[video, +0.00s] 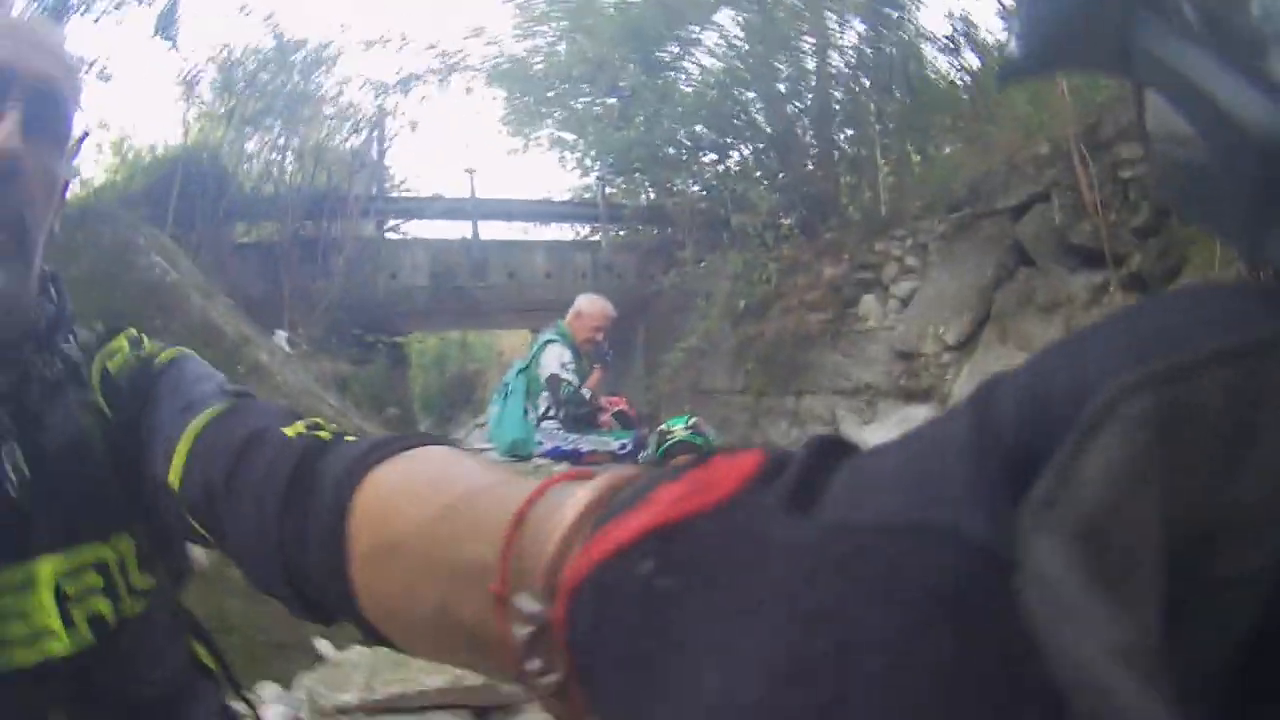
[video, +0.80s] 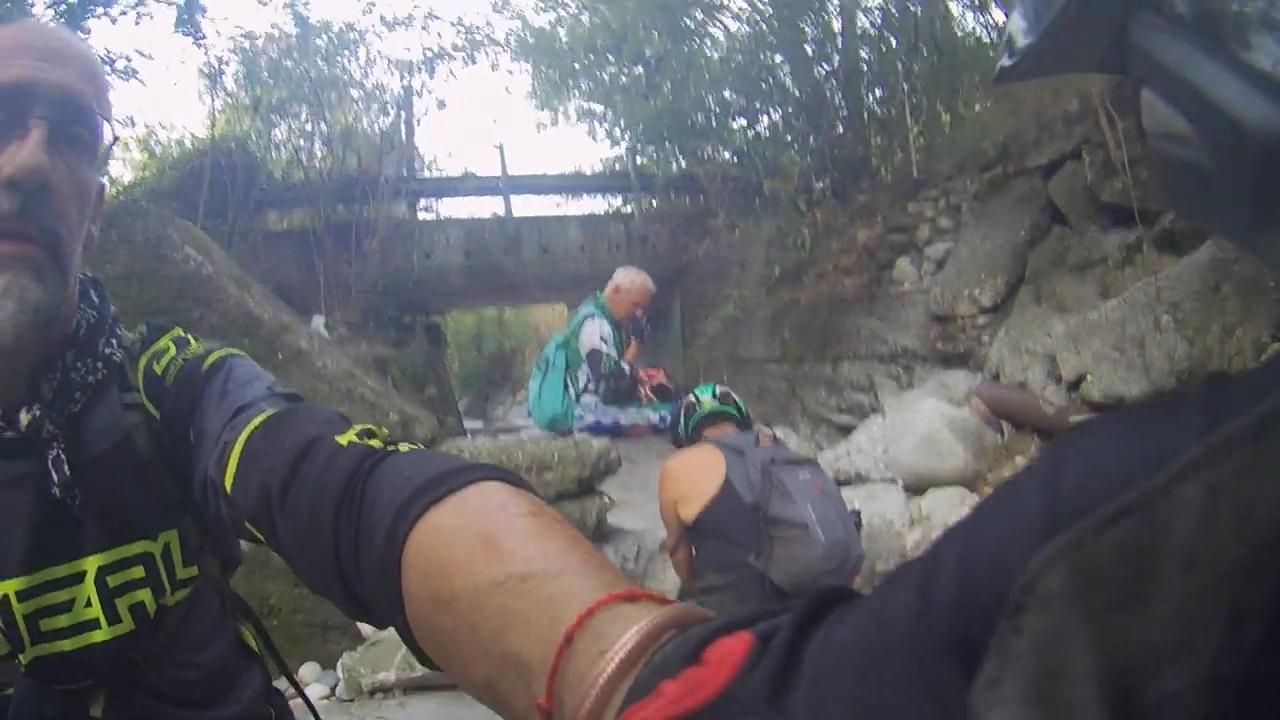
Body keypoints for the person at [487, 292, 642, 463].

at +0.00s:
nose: (600, 339)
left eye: (604, 332)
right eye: (595, 330)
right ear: (574, 319)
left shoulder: (567, 348)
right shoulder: (555, 350)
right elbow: (570, 408)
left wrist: (597, 406)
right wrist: (599, 370)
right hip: (549, 439)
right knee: (632, 445)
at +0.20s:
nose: (634, 304)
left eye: (638, 298)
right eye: (630, 296)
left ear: (609, 284)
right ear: (609, 284)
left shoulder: (598, 309)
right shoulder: (589, 315)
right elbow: (607, 379)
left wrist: (630, 367)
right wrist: (633, 334)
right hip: (577, 405)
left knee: (668, 398)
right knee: (670, 407)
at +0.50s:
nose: (625, 286)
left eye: (629, 280)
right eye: (621, 278)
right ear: (601, 266)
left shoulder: (588, 291)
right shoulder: (579, 296)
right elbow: (598, 361)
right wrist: (623, 316)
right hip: (568, 386)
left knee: (661, 380)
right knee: (663, 387)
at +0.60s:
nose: (620, 269)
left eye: (624, 262)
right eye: (616, 260)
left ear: (593, 247)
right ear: (597, 249)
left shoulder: (584, 274)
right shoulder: (574, 279)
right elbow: (593, 345)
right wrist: (618, 299)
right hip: (565, 370)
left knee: (657, 363)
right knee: (658, 370)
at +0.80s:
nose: (638, 314)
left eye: (642, 309)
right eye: (635, 306)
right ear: (616, 292)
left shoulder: (609, 320)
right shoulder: (594, 324)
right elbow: (610, 389)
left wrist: (637, 379)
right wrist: (633, 350)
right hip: (588, 415)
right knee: (672, 414)